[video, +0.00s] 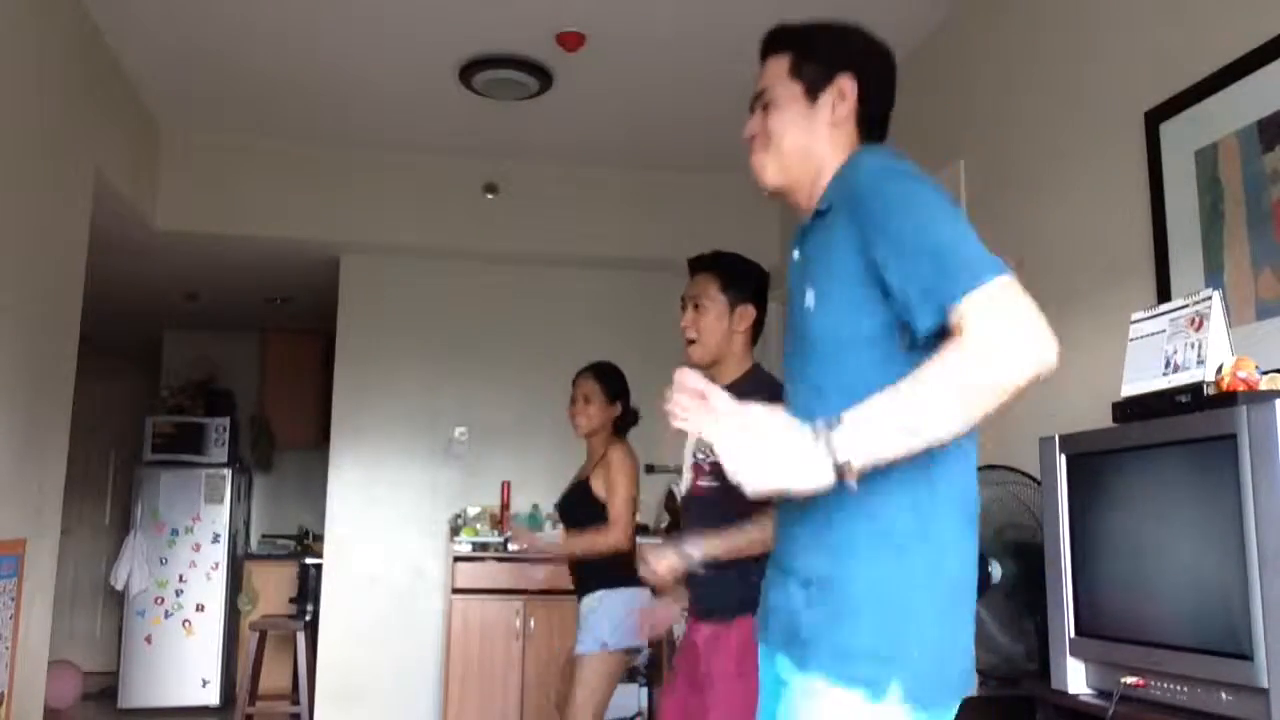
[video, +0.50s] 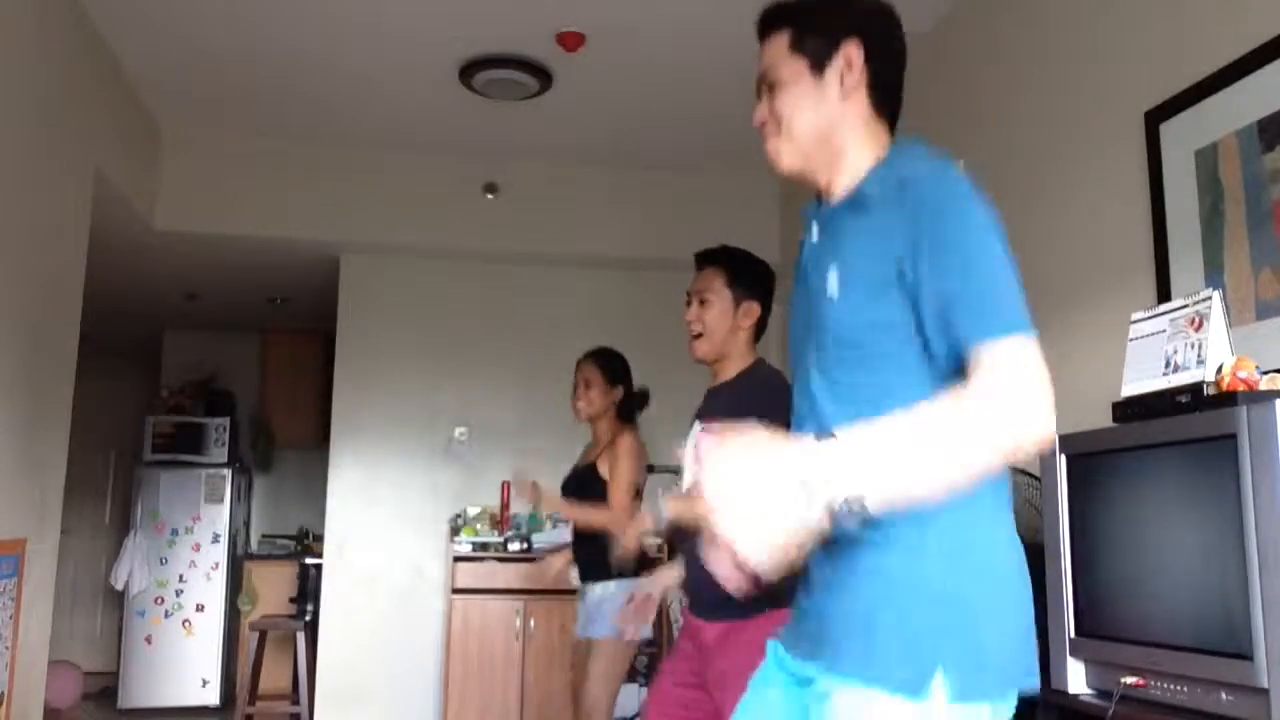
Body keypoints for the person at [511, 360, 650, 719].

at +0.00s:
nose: (576, 410)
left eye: (588, 401)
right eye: (574, 401)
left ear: (616, 409)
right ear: (570, 405)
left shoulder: (618, 455)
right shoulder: (595, 457)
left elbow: (620, 536)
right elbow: (591, 531)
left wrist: (550, 546)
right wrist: (537, 537)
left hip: (615, 599)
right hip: (597, 597)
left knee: (581, 711)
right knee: (573, 709)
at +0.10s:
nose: (576, 390)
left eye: (587, 380)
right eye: (573, 381)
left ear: (615, 388)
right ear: (572, 387)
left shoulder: (618, 431)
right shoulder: (596, 436)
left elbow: (605, 495)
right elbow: (597, 513)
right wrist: (560, 548)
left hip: (620, 583)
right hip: (592, 582)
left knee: (593, 700)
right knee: (572, 692)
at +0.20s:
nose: (579, 395)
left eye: (589, 385)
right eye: (576, 386)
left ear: (617, 391)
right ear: (572, 392)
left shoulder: (617, 435)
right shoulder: (596, 441)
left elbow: (618, 505)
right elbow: (599, 503)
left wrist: (550, 508)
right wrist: (556, 499)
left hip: (623, 583)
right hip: (595, 581)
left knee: (604, 704)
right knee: (569, 676)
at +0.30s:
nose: (579, 414)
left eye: (590, 403)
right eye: (577, 405)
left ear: (619, 411)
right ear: (573, 411)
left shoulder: (618, 464)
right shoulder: (600, 465)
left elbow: (632, 543)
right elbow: (580, 535)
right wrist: (551, 495)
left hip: (627, 605)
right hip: (608, 602)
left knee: (596, 711)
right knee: (563, 678)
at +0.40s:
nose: (580, 414)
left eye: (591, 405)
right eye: (577, 405)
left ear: (618, 413)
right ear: (573, 409)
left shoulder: (623, 465)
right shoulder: (595, 465)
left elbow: (628, 550)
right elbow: (592, 539)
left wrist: (565, 561)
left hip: (615, 603)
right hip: (591, 600)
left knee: (593, 711)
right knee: (575, 708)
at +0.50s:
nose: (578, 395)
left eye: (589, 386)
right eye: (577, 386)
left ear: (617, 393)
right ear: (576, 390)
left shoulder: (625, 443)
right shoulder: (596, 443)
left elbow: (620, 516)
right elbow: (596, 525)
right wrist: (557, 562)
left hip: (620, 589)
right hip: (593, 587)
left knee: (594, 703)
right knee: (580, 698)